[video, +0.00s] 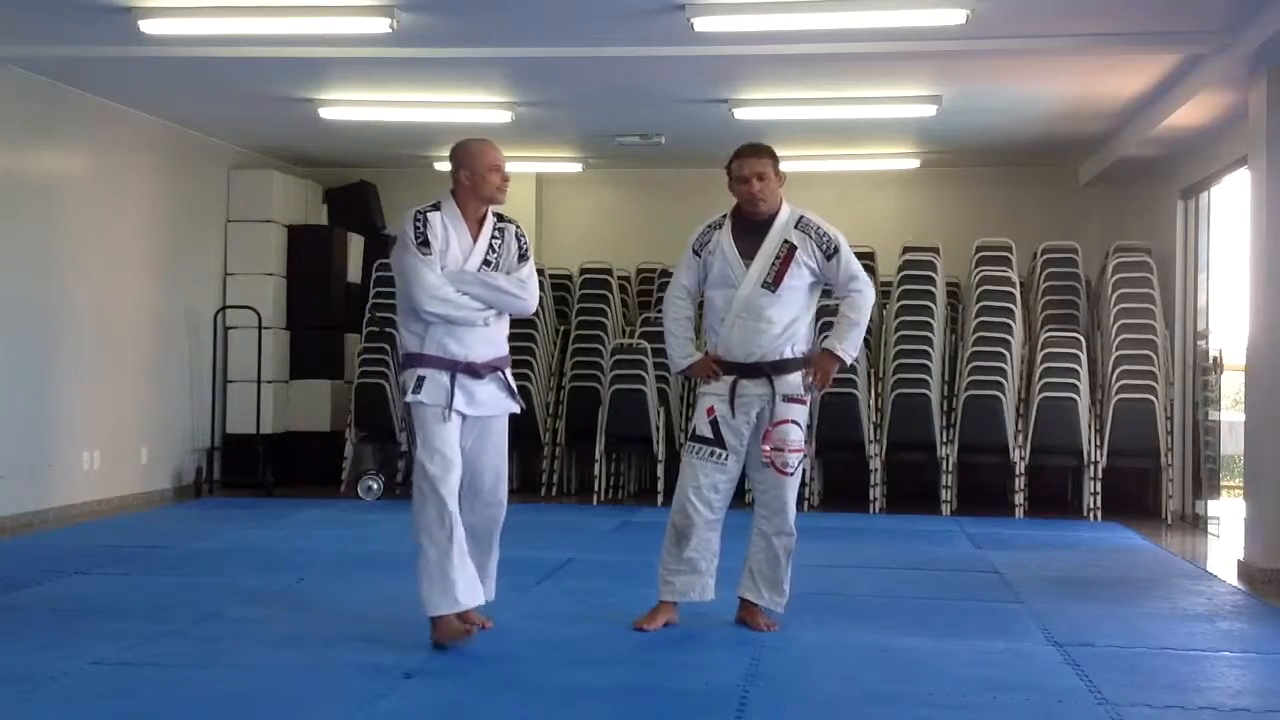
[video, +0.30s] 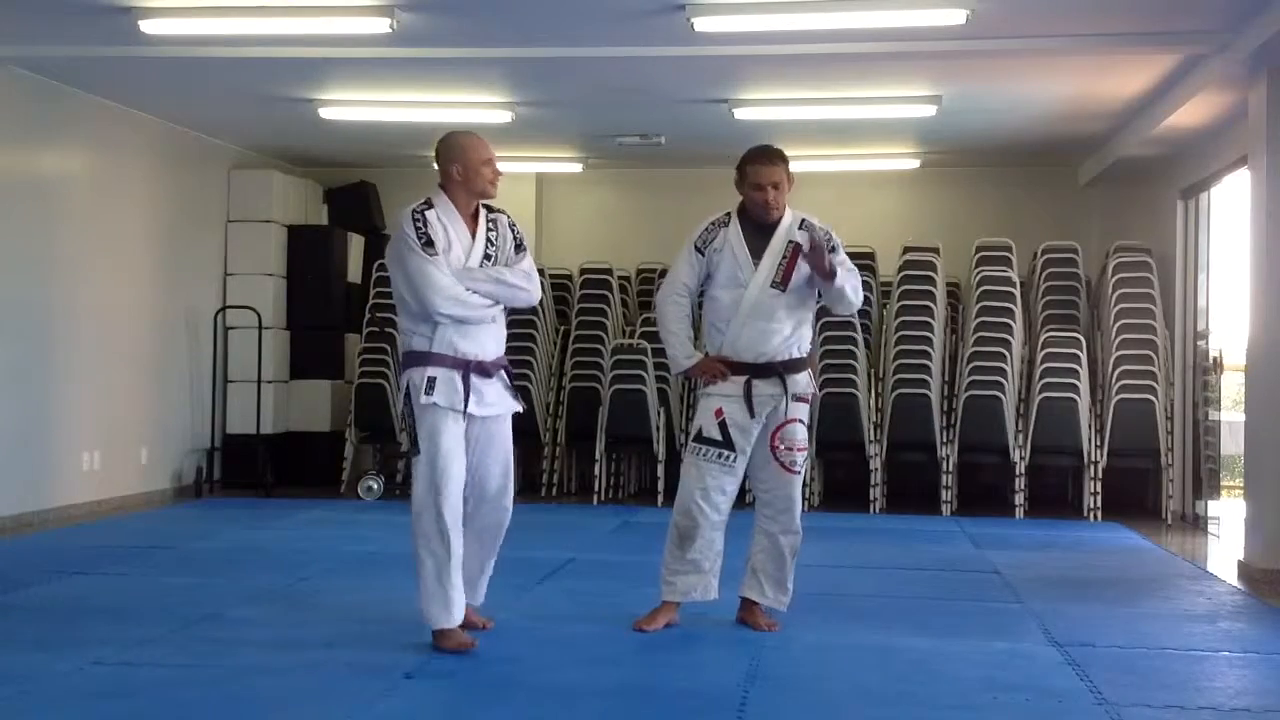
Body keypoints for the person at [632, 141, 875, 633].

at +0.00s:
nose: (753, 187)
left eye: (762, 177)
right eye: (742, 180)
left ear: (780, 181)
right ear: (730, 187)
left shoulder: (813, 235)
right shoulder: (709, 237)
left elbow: (859, 289)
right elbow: (678, 298)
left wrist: (836, 350)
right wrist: (686, 354)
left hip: (786, 387)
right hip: (721, 382)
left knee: (777, 504)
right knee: (694, 497)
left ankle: (755, 602)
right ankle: (670, 600)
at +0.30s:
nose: (770, 197)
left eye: (777, 186)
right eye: (759, 188)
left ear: (791, 185)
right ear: (739, 188)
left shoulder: (814, 237)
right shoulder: (711, 236)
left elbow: (851, 302)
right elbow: (672, 297)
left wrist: (829, 272)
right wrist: (688, 357)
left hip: (790, 387)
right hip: (725, 383)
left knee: (781, 503)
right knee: (698, 498)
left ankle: (755, 601)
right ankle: (672, 601)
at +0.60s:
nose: (776, 202)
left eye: (785, 194)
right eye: (767, 191)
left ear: (796, 193)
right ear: (746, 187)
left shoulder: (813, 236)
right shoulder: (713, 234)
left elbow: (847, 282)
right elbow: (671, 296)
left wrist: (795, 248)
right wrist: (688, 357)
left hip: (788, 388)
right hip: (723, 384)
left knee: (780, 503)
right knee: (696, 499)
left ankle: (755, 602)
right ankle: (671, 601)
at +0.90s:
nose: (766, 204)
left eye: (775, 193)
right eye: (756, 194)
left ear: (786, 190)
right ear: (735, 189)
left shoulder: (810, 240)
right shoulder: (706, 237)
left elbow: (857, 298)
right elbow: (677, 300)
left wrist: (834, 351)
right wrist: (684, 354)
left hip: (783, 386)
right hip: (718, 382)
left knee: (775, 503)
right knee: (692, 497)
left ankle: (755, 602)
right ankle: (670, 601)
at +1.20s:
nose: (762, 200)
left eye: (773, 191)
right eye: (754, 189)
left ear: (788, 190)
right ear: (738, 185)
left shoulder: (812, 237)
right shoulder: (708, 237)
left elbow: (857, 294)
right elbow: (674, 298)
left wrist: (831, 350)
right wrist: (684, 355)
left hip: (782, 385)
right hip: (717, 382)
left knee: (775, 504)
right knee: (691, 498)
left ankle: (756, 603)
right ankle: (670, 601)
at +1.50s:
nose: (758, 187)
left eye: (770, 179)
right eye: (752, 177)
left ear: (790, 187)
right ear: (741, 182)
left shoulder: (816, 242)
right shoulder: (712, 235)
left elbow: (851, 303)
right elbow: (671, 295)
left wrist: (833, 359)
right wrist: (686, 357)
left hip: (785, 392)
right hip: (720, 387)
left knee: (779, 506)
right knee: (694, 500)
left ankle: (755, 602)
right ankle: (670, 602)